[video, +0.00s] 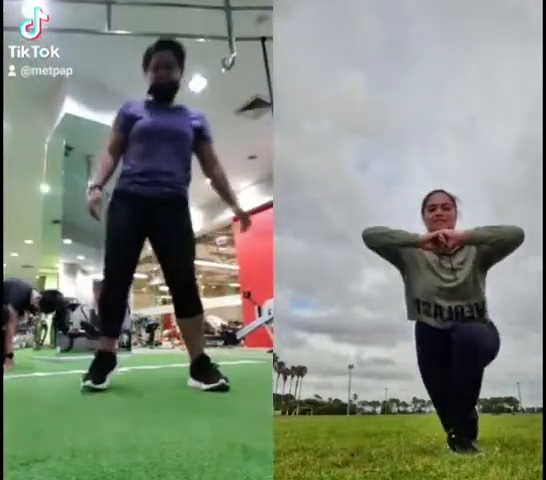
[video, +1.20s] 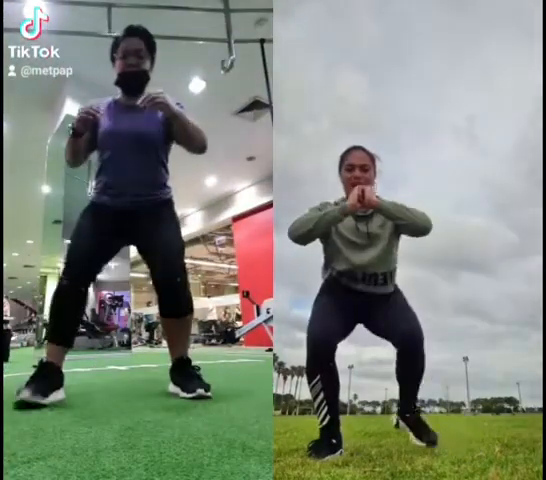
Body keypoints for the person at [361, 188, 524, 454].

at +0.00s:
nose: (439, 213)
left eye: (446, 208)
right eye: (432, 209)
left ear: (456, 215)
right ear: (424, 217)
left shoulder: (476, 254)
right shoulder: (410, 255)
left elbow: (516, 235)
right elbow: (370, 236)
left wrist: (464, 237)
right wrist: (419, 240)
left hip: (475, 332)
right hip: (431, 335)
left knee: (467, 341)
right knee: (444, 400)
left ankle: (463, 431)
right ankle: (460, 439)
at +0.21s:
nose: (432, 176)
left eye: (438, 171)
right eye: (425, 171)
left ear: (448, 177)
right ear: (416, 180)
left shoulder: (468, 216)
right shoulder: (404, 218)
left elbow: (509, 205)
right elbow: (365, 207)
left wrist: (459, 203)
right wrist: (412, 206)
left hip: (464, 297)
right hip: (421, 299)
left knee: (469, 342)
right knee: (434, 390)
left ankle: (460, 433)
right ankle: (460, 406)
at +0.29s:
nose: (427, 166)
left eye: (433, 161)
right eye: (420, 162)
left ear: (443, 167)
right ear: (411, 170)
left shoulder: (464, 205)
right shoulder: (401, 209)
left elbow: (506, 197)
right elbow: (361, 204)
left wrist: (455, 194)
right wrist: (409, 198)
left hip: (458, 287)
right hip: (416, 289)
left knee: (467, 343)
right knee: (413, 372)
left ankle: (460, 430)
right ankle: (442, 399)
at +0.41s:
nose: (414, 162)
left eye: (420, 156)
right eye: (406, 158)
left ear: (431, 162)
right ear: (398, 167)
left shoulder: (450, 199)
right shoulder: (389, 206)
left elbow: (489, 195)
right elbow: (345, 207)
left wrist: (438, 187)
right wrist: (393, 196)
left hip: (449, 286)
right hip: (404, 285)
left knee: (465, 340)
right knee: (366, 332)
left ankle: (458, 433)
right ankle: (357, 420)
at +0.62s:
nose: (400, 196)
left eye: (407, 190)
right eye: (393, 191)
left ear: (419, 196)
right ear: (384, 200)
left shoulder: (436, 239)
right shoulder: (373, 240)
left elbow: (473, 236)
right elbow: (328, 243)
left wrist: (420, 221)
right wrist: (381, 226)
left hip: (428, 324)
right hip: (380, 323)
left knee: (463, 340)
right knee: (338, 341)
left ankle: (457, 434)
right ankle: (330, 437)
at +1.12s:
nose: (362, 181)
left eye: (369, 174)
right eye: (354, 175)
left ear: (380, 180)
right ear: (344, 180)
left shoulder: (395, 219)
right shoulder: (334, 216)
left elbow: (433, 230)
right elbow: (301, 237)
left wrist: (385, 208)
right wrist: (352, 213)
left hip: (389, 303)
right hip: (343, 301)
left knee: (424, 339)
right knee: (319, 343)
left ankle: (445, 430)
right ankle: (330, 437)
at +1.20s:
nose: (358, 175)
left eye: (365, 169)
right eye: (350, 169)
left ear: (375, 175)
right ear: (341, 175)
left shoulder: (389, 213)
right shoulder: (330, 212)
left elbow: (424, 226)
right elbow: (296, 234)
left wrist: (378, 205)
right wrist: (345, 209)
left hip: (383, 298)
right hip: (339, 296)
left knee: (412, 339)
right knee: (318, 345)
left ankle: (408, 412)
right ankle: (330, 436)